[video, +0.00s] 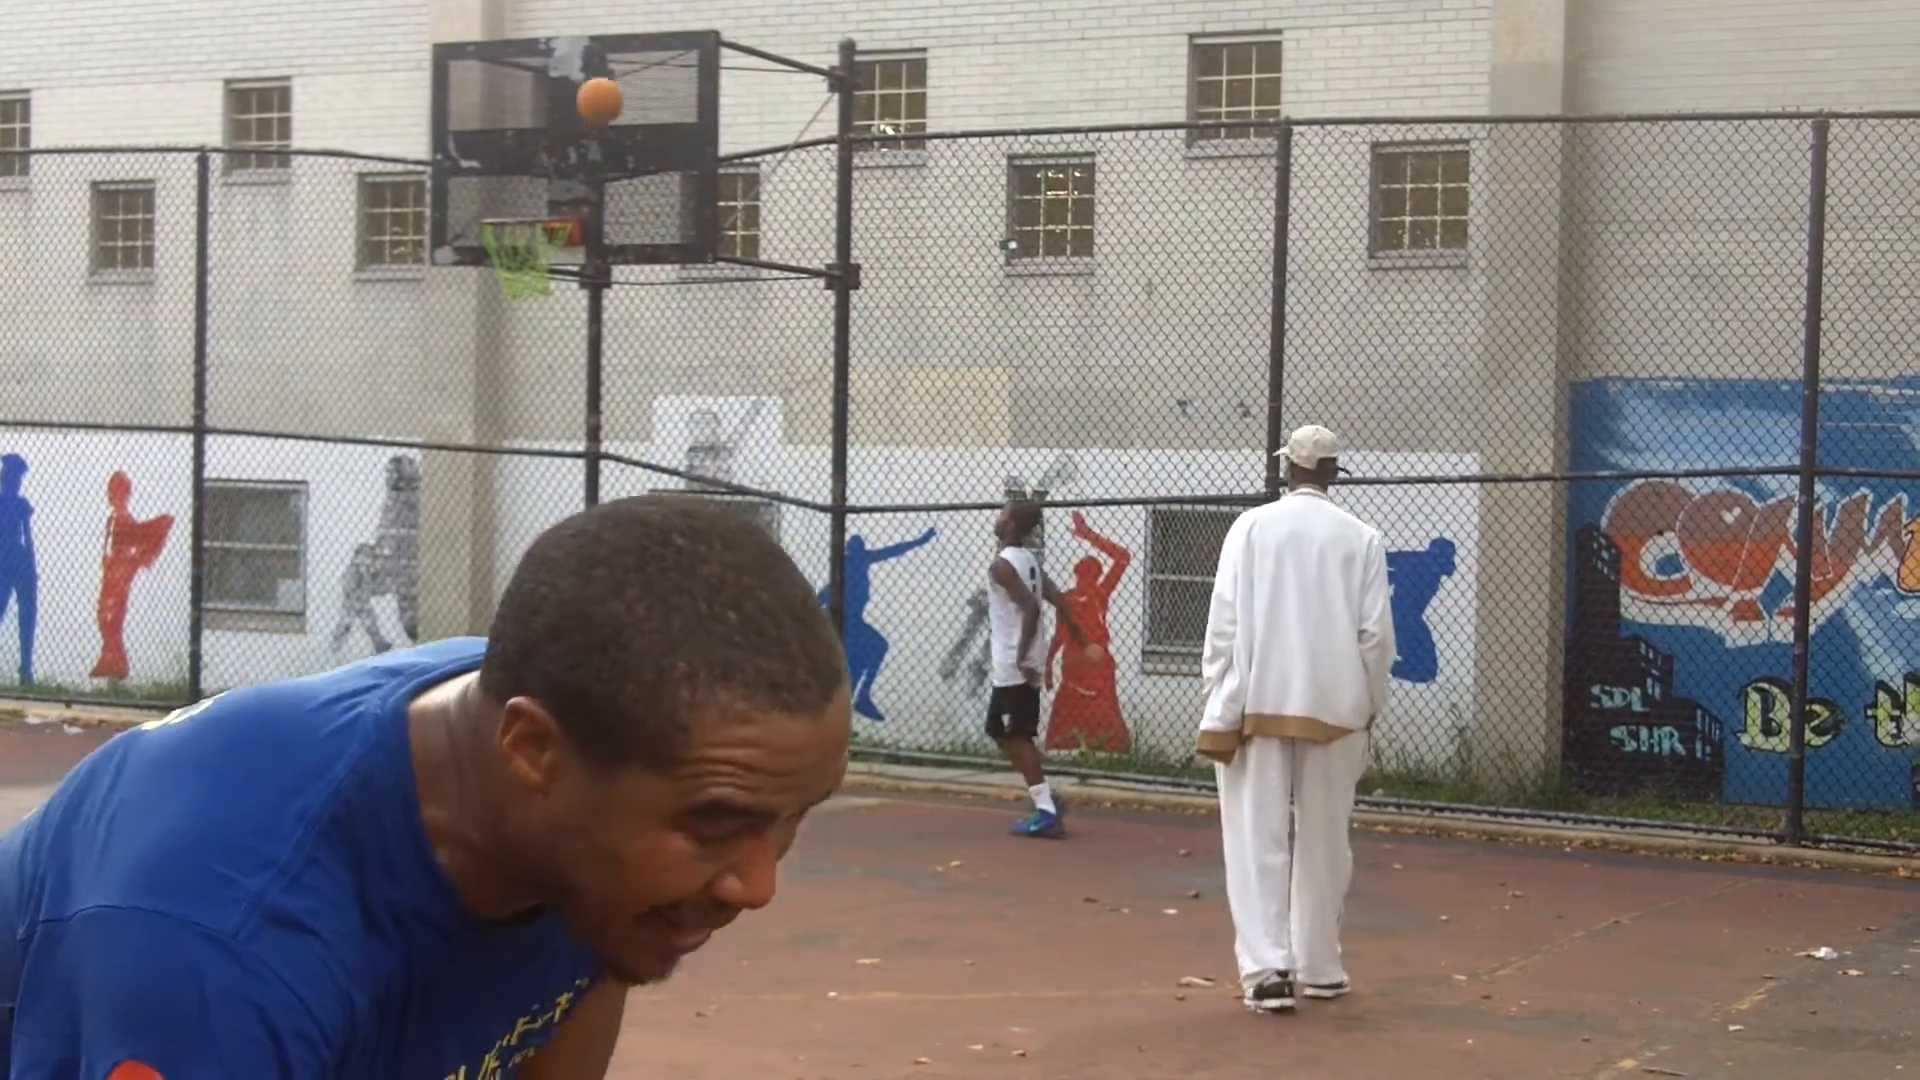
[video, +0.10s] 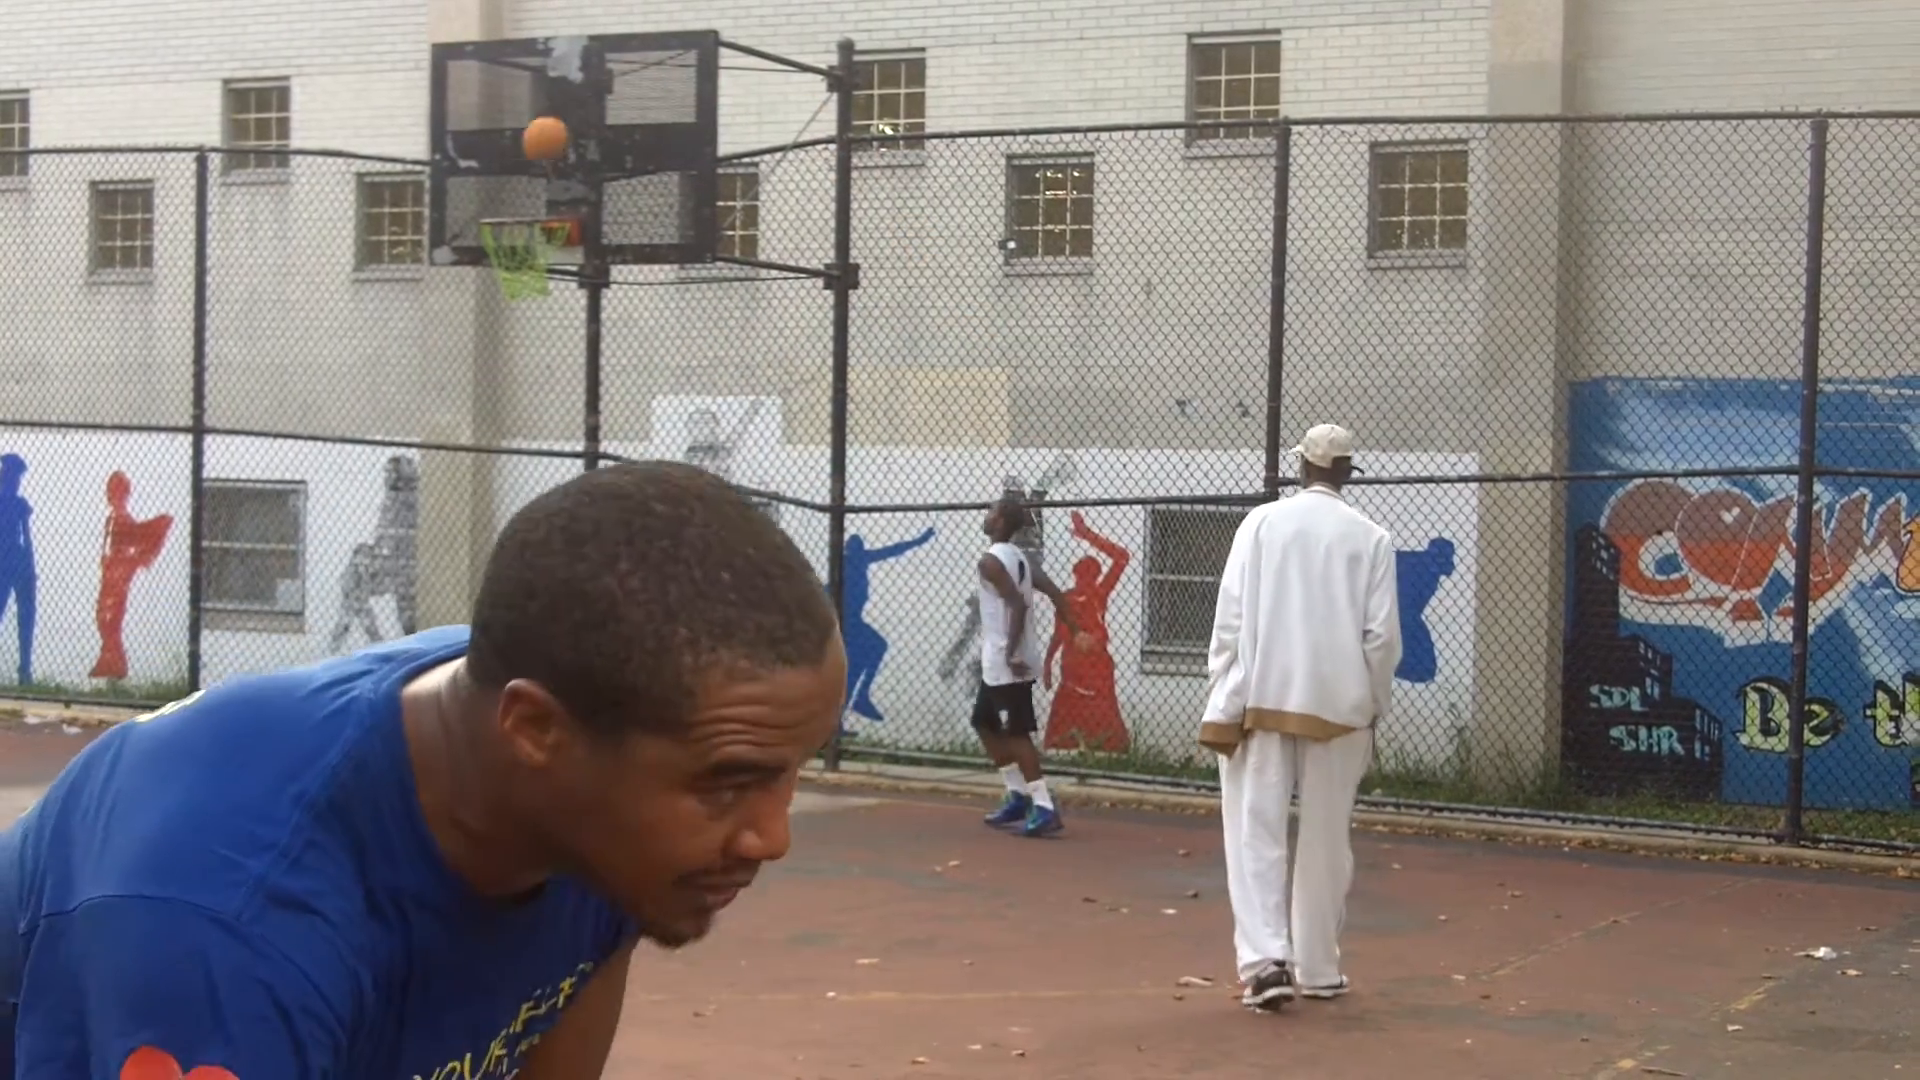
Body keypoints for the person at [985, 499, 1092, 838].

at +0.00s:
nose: (998, 518)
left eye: (1004, 515)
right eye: (1002, 513)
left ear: (1012, 526)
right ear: (1022, 529)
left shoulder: (1002, 565)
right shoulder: (1029, 561)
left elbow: (1031, 608)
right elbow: (1060, 599)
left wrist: (1022, 656)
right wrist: (1077, 634)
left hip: (1014, 670)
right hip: (1023, 669)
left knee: (1016, 737)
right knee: (999, 731)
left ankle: (1045, 809)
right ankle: (1046, 797)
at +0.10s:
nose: (986, 516)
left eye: (992, 513)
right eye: (990, 511)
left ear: (1001, 523)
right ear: (1012, 527)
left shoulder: (990, 561)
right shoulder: (1023, 558)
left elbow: (1017, 604)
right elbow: (1054, 591)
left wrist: (1012, 652)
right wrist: (1073, 626)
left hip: (1005, 667)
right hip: (1011, 666)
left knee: (1015, 735)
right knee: (984, 723)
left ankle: (1044, 805)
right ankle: (1018, 793)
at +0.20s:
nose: (972, 516)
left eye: (978, 513)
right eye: (976, 511)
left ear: (987, 522)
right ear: (997, 526)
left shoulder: (978, 561)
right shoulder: (1007, 558)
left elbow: (997, 612)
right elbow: (1037, 603)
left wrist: (976, 658)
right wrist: (1050, 647)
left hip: (999, 663)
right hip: (1007, 661)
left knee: (1013, 732)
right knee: (968, 718)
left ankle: (1042, 806)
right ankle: (995, 794)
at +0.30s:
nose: (958, 525)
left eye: (964, 521)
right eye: (962, 519)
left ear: (974, 530)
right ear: (982, 533)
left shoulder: (965, 569)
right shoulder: (994, 565)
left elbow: (966, 625)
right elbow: (1010, 619)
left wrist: (936, 662)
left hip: (984, 672)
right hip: (1000, 669)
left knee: (1007, 736)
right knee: (954, 722)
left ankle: (1040, 806)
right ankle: (986, 796)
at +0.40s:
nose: (943, 527)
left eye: (949, 523)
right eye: (946, 521)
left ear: (958, 532)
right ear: (968, 535)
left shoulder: (948, 569)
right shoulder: (978, 566)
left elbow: (944, 624)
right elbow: (982, 619)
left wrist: (906, 654)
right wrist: (955, 660)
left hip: (971, 673)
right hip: (981, 670)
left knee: (985, 738)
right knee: (949, 727)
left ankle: (1032, 797)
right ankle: (985, 797)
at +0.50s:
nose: (926, 517)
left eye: (930, 512)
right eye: (928, 511)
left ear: (939, 518)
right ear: (950, 521)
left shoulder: (931, 555)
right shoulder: (957, 553)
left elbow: (930, 609)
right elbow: (953, 614)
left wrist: (891, 632)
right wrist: (921, 640)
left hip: (948, 654)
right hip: (968, 650)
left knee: (947, 724)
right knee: (951, 724)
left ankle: (999, 775)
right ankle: (982, 792)